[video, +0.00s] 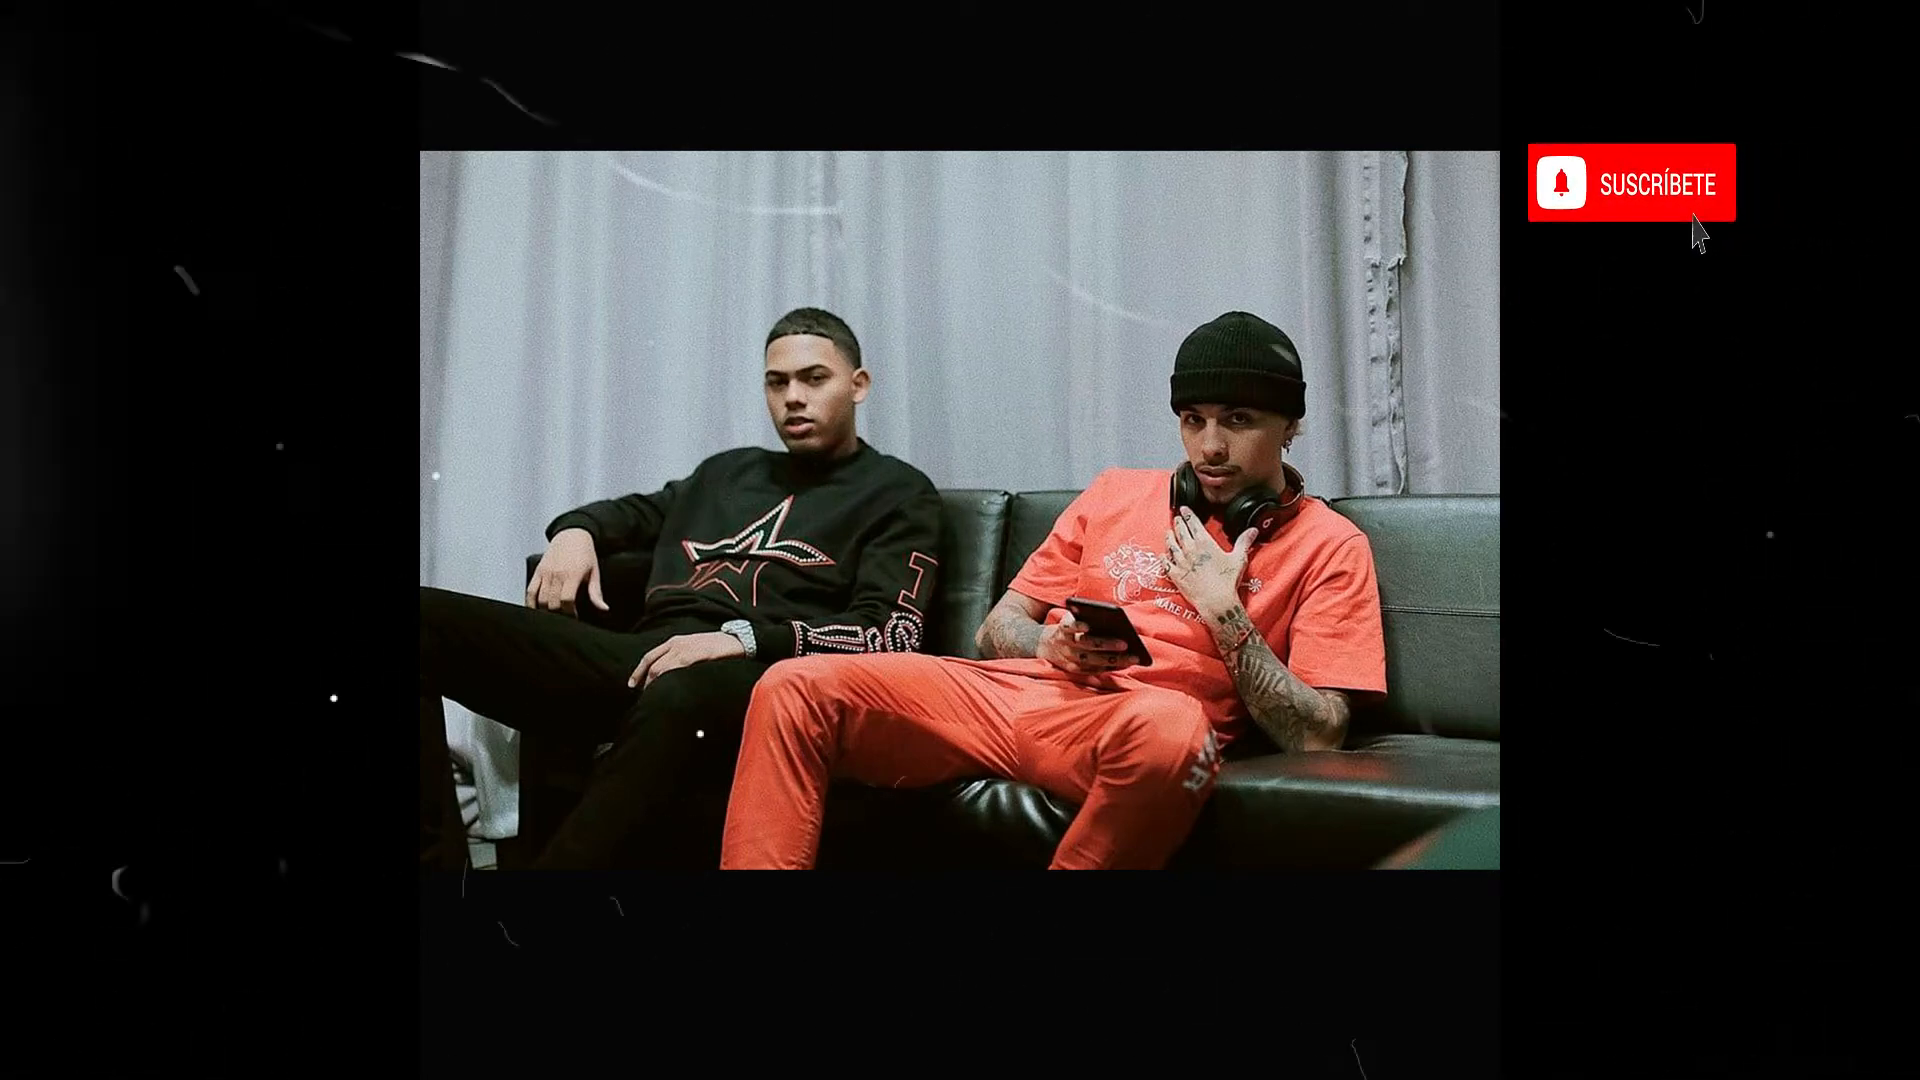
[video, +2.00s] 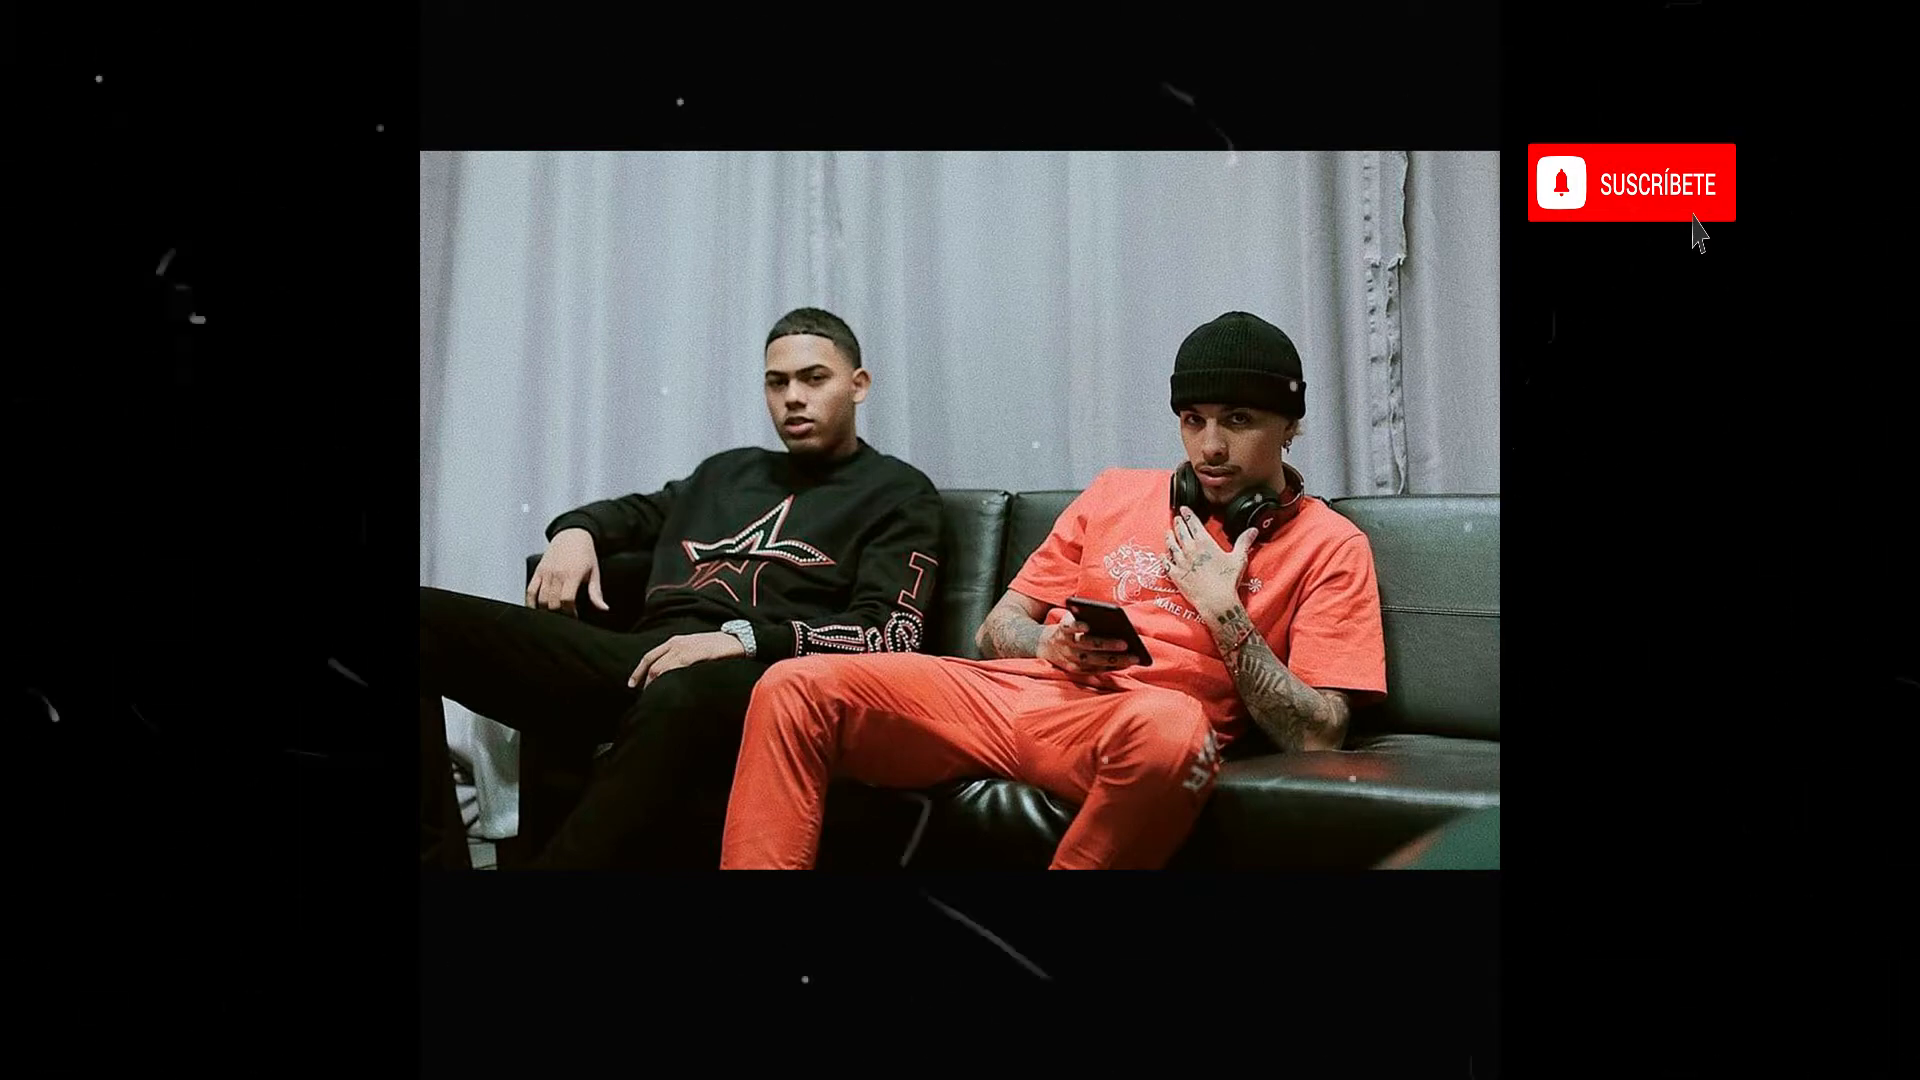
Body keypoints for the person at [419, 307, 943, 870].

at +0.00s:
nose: (793, 398)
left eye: (813, 379)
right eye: (779, 382)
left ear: (859, 385)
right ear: (765, 391)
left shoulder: (899, 493)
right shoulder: (728, 472)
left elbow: (892, 634)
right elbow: (640, 515)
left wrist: (744, 638)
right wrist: (575, 529)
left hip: (769, 680)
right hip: (637, 653)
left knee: (679, 700)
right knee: (426, 617)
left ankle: (554, 878)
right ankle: (439, 858)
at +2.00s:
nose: (793, 399)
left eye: (813, 379)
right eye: (779, 382)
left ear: (859, 385)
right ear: (765, 391)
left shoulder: (900, 494)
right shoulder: (728, 472)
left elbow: (893, 634)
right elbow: (641, 515)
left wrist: (742, 639)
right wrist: (575, 530)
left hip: (769, 681)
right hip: (637, 652)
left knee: (683, 699)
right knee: (425, 617)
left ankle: (562, 873)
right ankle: (441, 857)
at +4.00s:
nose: (793, 399)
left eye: (813, 379)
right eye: (779, 382)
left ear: (859, 385)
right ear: (765, 391)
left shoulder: (899, 494)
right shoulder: (728, 472)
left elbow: (892, 634)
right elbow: (641, 515)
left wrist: (743, 638)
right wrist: (575, 530)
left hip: (769, 681)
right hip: (637, 653)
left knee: (683, 699)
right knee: (424, 617)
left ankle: (561, 872)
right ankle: (441, 857)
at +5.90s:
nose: (793, 399)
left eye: (813, 379)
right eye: (779, 382)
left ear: (859, 385)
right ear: (765, 391)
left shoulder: (899, 493)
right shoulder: (728, 472)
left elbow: (896, 634)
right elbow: (641, 515)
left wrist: (744, 638)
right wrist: (575, 530)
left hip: (770, 680)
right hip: (638, 653)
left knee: (683, 700)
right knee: (426, 616)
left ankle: (561, 872)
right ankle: (442, 858)